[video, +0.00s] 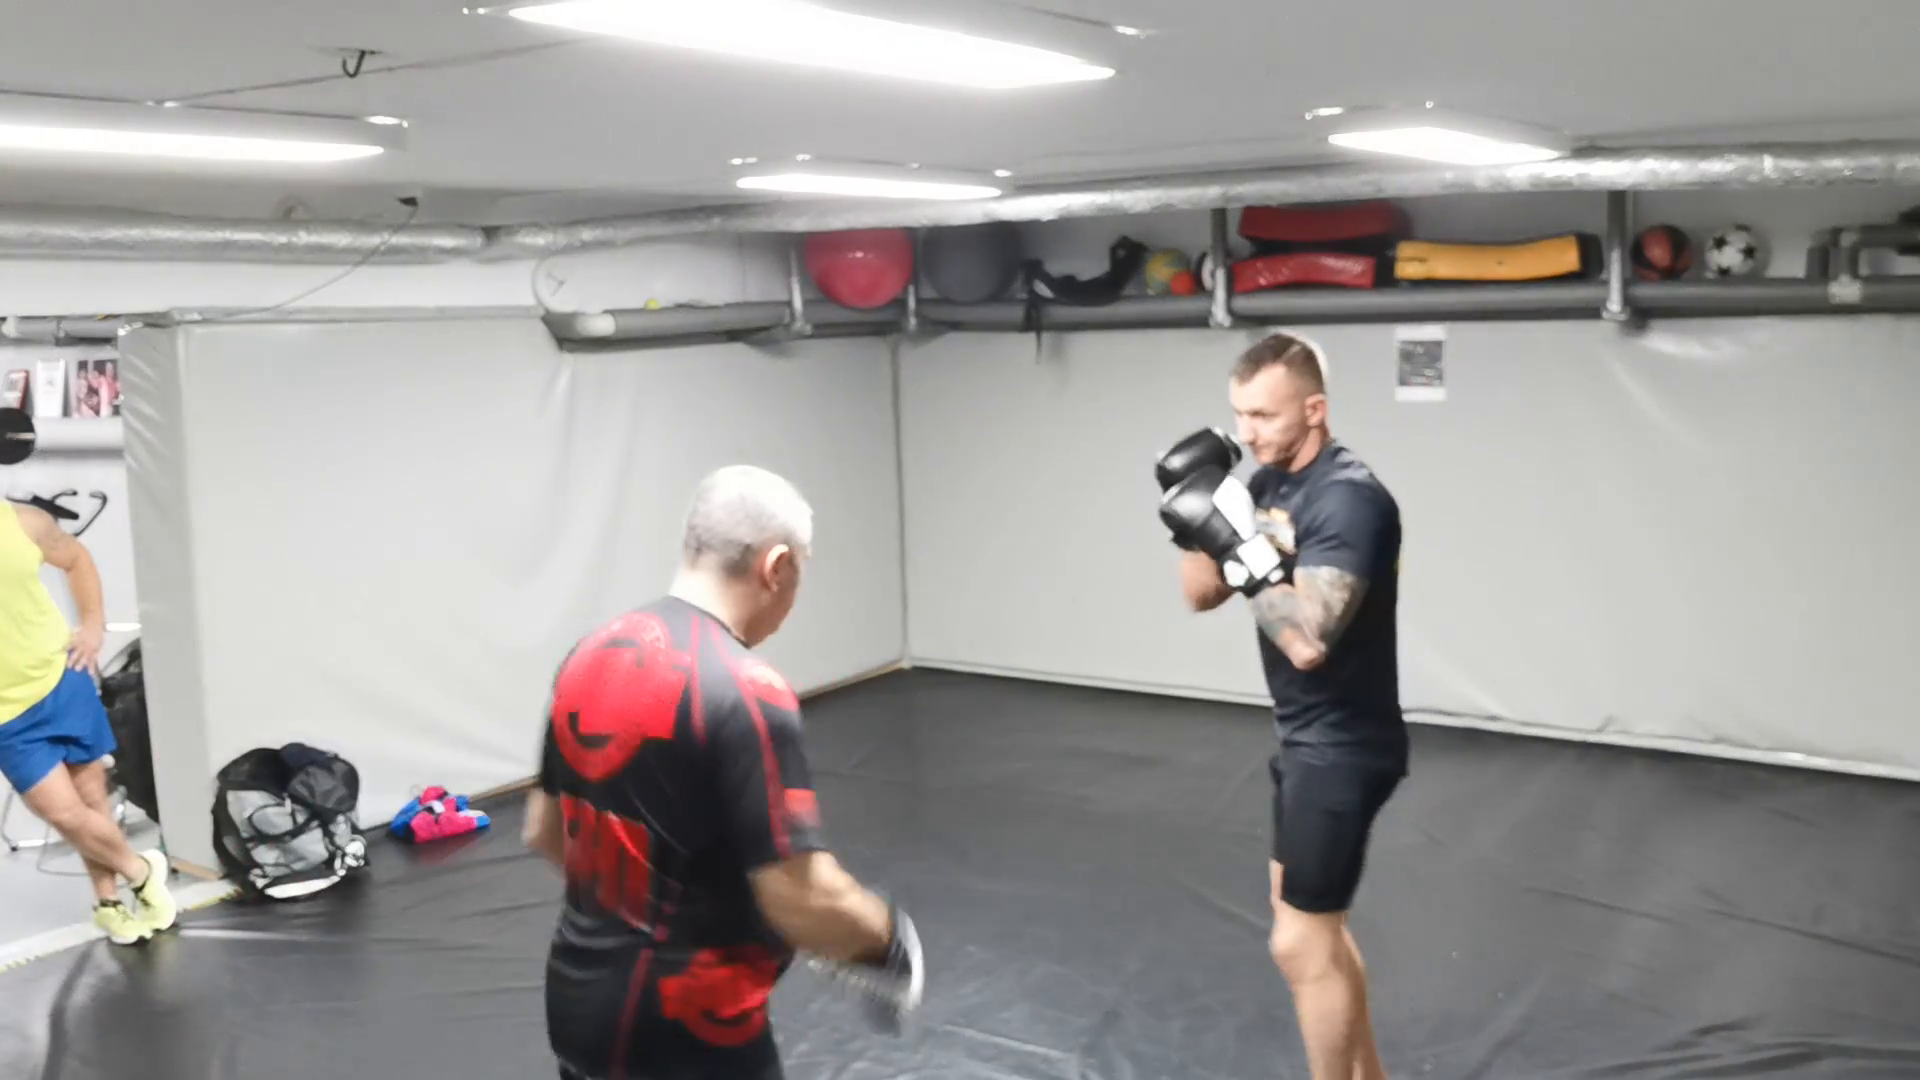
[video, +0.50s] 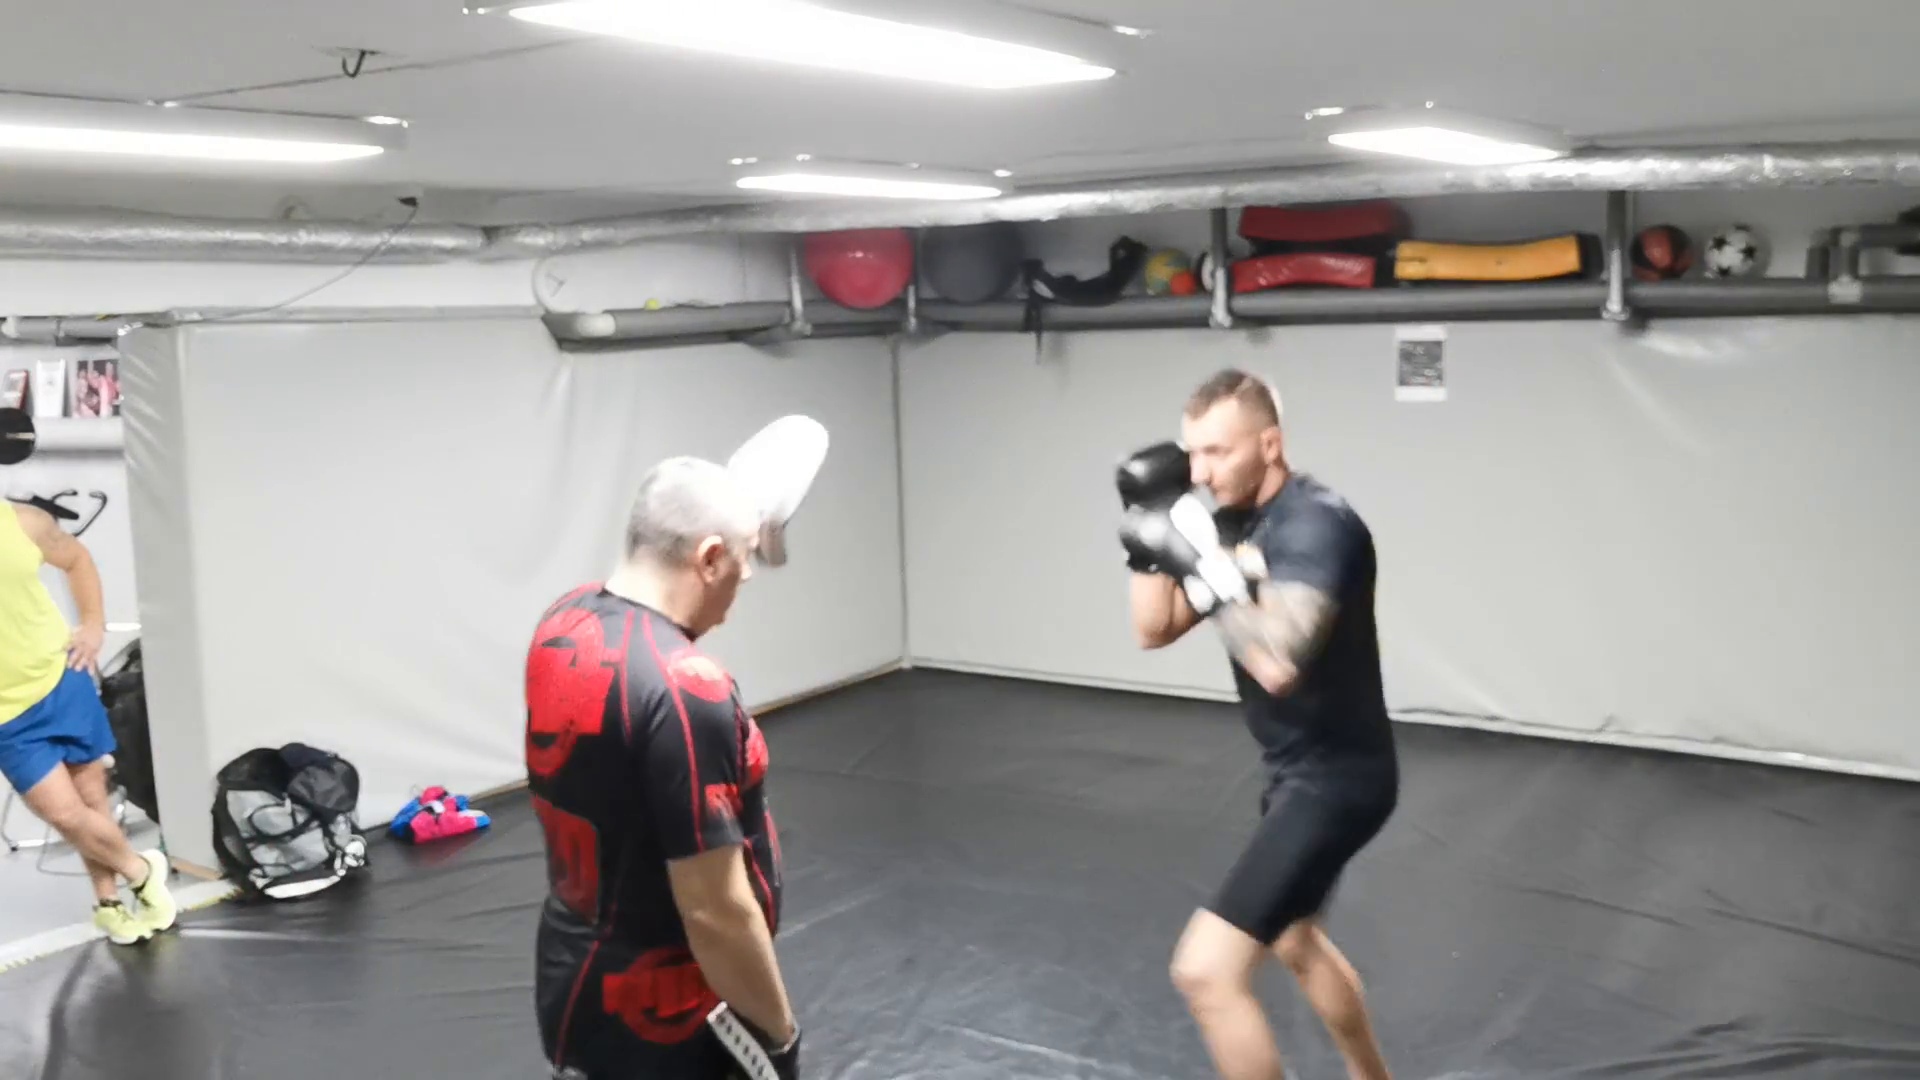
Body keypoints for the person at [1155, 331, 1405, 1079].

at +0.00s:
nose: (1247, 434)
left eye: (1262, 415)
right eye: (1241, 415)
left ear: (1314, 410)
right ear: (1240, 413)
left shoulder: (1350, 498)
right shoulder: (1268, 481)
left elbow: (1308, 641)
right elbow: (1201, 590)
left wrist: (1245, 551)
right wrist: (1200, 506)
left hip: (1342, 748)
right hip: (1301, 737)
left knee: (1303, 951)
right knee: (1302, 921)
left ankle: (1338, 1079)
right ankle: (1366, 1070)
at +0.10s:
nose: (1236, 439)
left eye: (1252, 421)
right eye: (1230, 421)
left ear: (1302, 414)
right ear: (1227, 418)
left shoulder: (1345, 495)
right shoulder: (1258, 488)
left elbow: (1319, 640)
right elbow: (1194, 602)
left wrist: (1248, 556)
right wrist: (1188, 506)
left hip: (1344, 745)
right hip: (1301, 739)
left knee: (1257, 942)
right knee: (1320, 928)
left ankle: (1321, 1073)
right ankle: (1363, 1072)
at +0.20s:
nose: (1226, 440)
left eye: (1241, 422)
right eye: (1219, 422)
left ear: (1292, 413)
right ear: (1216, 419)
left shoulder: (1341, 495)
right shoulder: (1250, 494)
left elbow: (1331, 640)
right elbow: (1198, 615)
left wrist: (1252, 558)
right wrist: (1180, 519)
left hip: (1342, 742)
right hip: (1294, 738)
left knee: (1246, 938)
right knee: (1321, 926)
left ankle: (1296, 1074)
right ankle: (1365, 1072)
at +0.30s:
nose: (1218, 446)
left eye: (1233, 427)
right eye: (1211, 428)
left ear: (1285, 419)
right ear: (1208, 425)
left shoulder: (1333, 501)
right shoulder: (1242, 501)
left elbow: (1322, 644)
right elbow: (1191, 622)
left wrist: (1244, 566)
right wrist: (1171, 535)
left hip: (1331, 754)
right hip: (1287, 747)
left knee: (1265, 959)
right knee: (1318, 930)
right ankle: (1363, 1071)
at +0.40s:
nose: (1210, 452)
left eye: (1224, 433)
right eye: (1203, 434)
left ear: (1277, 425)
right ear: (1201, 432)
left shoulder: (1318, 505)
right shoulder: (1241, 507)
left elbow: (1283, 647)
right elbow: (1173, 623)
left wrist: (1220, 567)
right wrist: (1154, 537)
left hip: (1332, 765)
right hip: (1290, 758)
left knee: (1281, 979)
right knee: (1301, 930)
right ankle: (1361, 1070)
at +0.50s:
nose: (1199, 472)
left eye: (1215, 452)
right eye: (1192, 455)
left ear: (1270, 446)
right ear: (1188, 454)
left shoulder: (1317, 523)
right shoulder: (1236, 524)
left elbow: (1277, 664)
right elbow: (1155, 627)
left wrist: (1216, 573)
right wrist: (1151, 523)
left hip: (1340, 774)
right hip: (1293, 769)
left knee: (1207, 969)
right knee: (1297, 943)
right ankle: (1372, 1073)